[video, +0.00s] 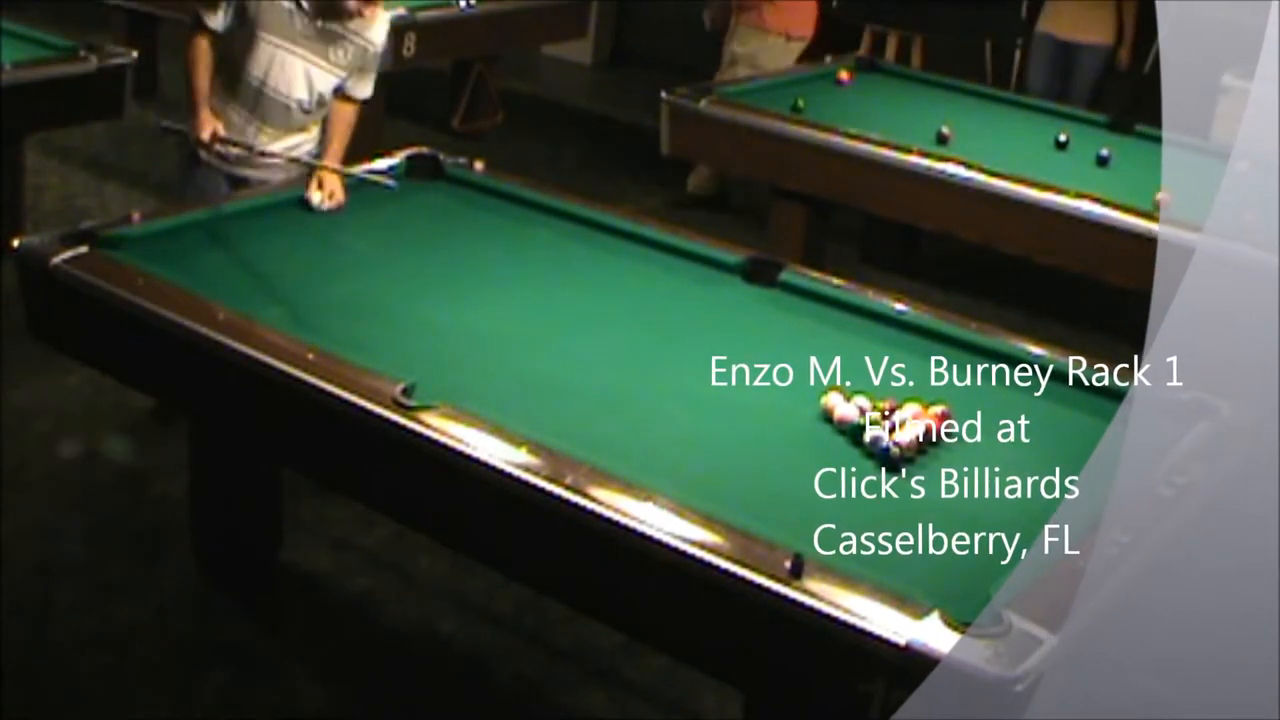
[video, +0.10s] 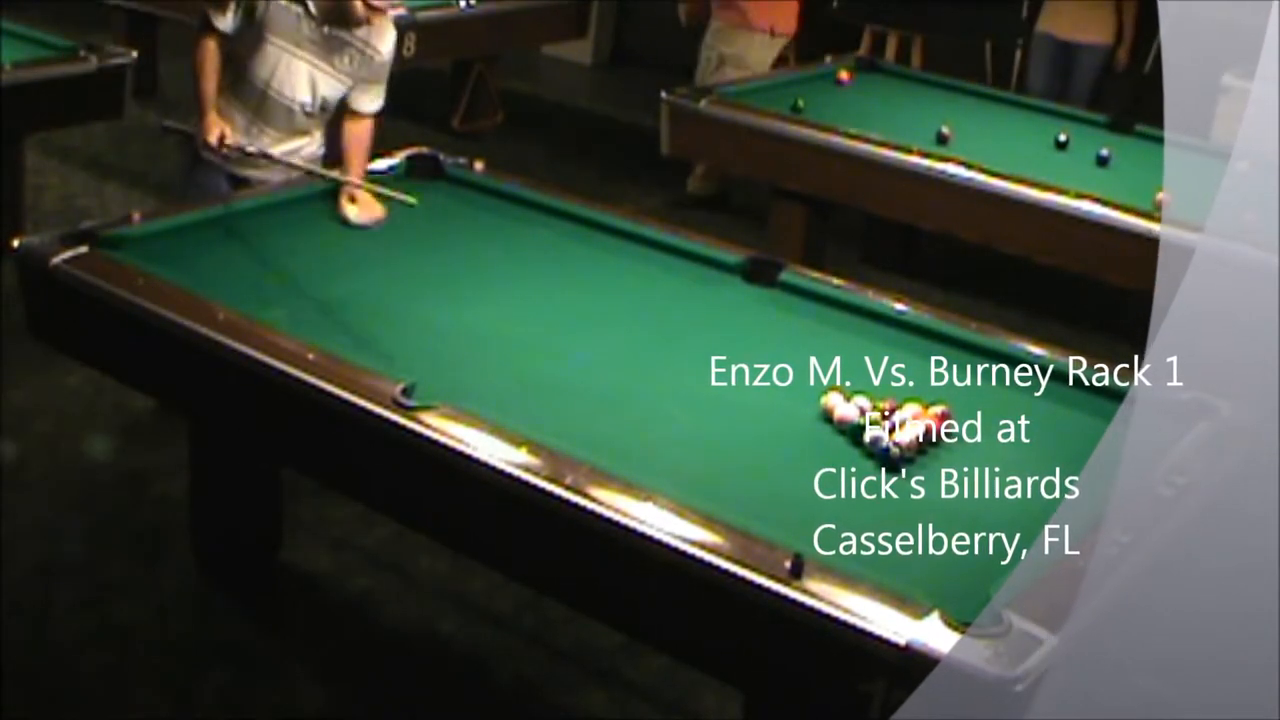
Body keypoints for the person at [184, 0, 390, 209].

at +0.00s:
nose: (369, 12)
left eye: (378, 5)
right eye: (364, 0)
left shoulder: (373, 27)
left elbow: (349, 98)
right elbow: (205, 29)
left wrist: (330, 166)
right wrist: (202, 111)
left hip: (285, 173)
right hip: (217, 155)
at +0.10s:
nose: (375, 20)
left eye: (386, 13)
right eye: (370, 8)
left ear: (394, 10)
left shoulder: (379, 39)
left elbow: (360, 115)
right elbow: (212, 31)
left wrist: (354, 182)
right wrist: (209, 113)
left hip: (290, 174)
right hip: (221, 155)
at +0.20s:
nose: (377, 24)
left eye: (388, 19)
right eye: (374, 11)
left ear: (395, 18)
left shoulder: (383, 47)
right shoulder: (273, 6)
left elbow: (380, 135)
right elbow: (217, 32)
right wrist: (214, 114)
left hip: (294, 174)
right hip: (224, 153)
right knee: (198, 259)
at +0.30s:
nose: (382, 31)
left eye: (393, 25)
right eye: (378, 17)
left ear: (402, 23)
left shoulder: (387, 53)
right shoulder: (280, 7)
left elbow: (396, 142)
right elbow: (219, 31)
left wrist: (422, 215)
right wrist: (217, 114)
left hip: (288, 178)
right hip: (224, 156)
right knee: (193, 259)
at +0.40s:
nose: (378, 33)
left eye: (389, 28)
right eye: (375, 18)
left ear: (400, 25)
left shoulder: (388, 56)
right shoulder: (282, 7)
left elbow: (401, 146)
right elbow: (221, 32)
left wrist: (428, 221)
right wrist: (219, 111)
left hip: (286, 173)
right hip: (224, 149)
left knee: (260, 269)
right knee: (192, 253)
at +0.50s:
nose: (375, 30)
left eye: (386, 25)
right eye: (371, 16)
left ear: (397, 24)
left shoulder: (386, 52)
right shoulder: (280, 6)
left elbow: (399, 144)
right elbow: (220, 29)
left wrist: (430, 225)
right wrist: (218, 108)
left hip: (287, 175)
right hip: (224, 153)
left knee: (258, 273)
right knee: (188, 256)